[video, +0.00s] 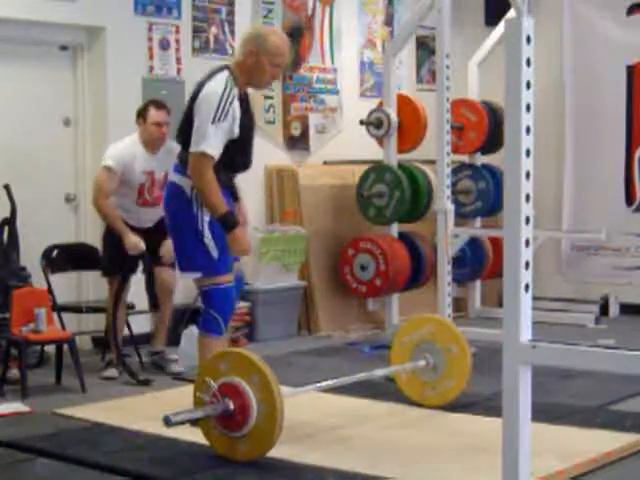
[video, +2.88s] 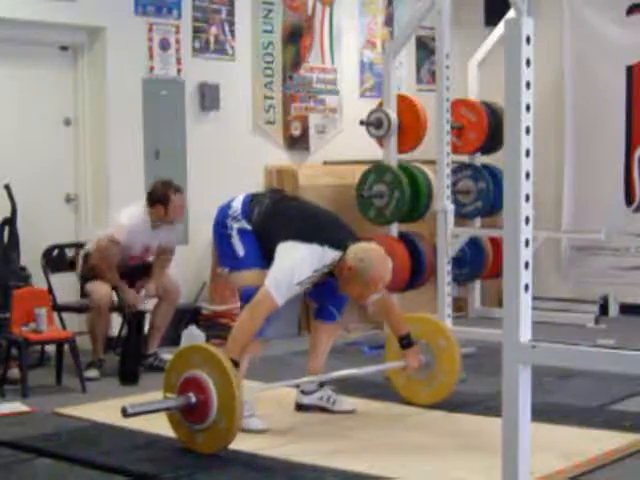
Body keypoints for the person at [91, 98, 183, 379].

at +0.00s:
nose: (163, 130)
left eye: (166, 125)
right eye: (156, 124)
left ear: (170, 126)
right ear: (140, 124)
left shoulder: (175, 154)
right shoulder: (120, 154)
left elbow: (183, 198)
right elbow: (101, 198)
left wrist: (175, 237)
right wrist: (126, 235)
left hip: (159, 225)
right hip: (123, 223)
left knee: (166, 281)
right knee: (117, 288)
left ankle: (159, 348)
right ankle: (115, 354)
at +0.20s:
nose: (166, 146)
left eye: (166, 139)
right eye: (159, 140)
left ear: (167, 139)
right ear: (140, 142)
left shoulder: (169, 166)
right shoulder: (117, 167)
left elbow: (168, 209)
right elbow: (100, 212)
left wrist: (161, 244)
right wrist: (126, 248)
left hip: (146, 230)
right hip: (114, 228)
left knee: (155, 287)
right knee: (115, 290)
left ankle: (148, 346)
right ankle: (113, 354)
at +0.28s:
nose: (167, 170)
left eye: (167, 163)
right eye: (161, 165)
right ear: (142, 167)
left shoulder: (167, 187)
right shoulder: (117, 187)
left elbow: (163, 228)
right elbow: (97, 230)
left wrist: (151, 264)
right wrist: (126, 264)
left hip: (136, 238)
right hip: (105, 236)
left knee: (156, 288)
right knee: (107, 293)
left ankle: (147, 345)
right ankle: (113, 352)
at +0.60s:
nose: (156, 209)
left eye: (157, 203)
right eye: (151, 204)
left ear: (157, 201)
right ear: (132, 205)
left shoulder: (159, 221)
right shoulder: (106, 223)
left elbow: (155, 254)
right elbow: (90, 265)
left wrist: (151, 282)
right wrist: (125, 285)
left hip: (128, 266)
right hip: (99, 268)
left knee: (162, 291)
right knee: (101, 296)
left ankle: (139, 350)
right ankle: (115, 356)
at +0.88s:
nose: (127, 195)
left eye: (127, 189)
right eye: (121, 190)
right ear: (102, 195)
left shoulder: (130, 218)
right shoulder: (85, 219)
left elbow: (143, 252)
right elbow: (78, 266)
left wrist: (144, 271)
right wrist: (116, 278)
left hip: (116, 273)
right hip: (86, 275)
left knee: (159, 291)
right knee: (98, 295)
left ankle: (144, 349)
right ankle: (112, 355)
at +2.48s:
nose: (153, 219)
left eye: (152, 213)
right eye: (149, 214)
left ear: (135, 218)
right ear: (134, 218)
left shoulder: (146, 233)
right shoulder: (102, 229)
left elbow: (149, 261)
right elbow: (75, 268)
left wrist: (144, 273)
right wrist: (113, 282)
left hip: (122, 279)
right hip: (89, 280)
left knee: (163, 288)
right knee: (92, 293)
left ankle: (150, 351)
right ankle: (96, 358)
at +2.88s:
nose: (181, 211)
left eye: (181, 206)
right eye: (177, 206)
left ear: (161, 209)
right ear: (159, 209)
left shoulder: (171, 226)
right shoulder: (128, 223)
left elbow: (164, 256)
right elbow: (103, 262)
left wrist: (153, 281)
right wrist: (124, 291)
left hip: (138, 266)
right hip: (107, 266)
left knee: (171, 290)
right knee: (101, 297)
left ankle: (150, 352)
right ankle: (97, 359)